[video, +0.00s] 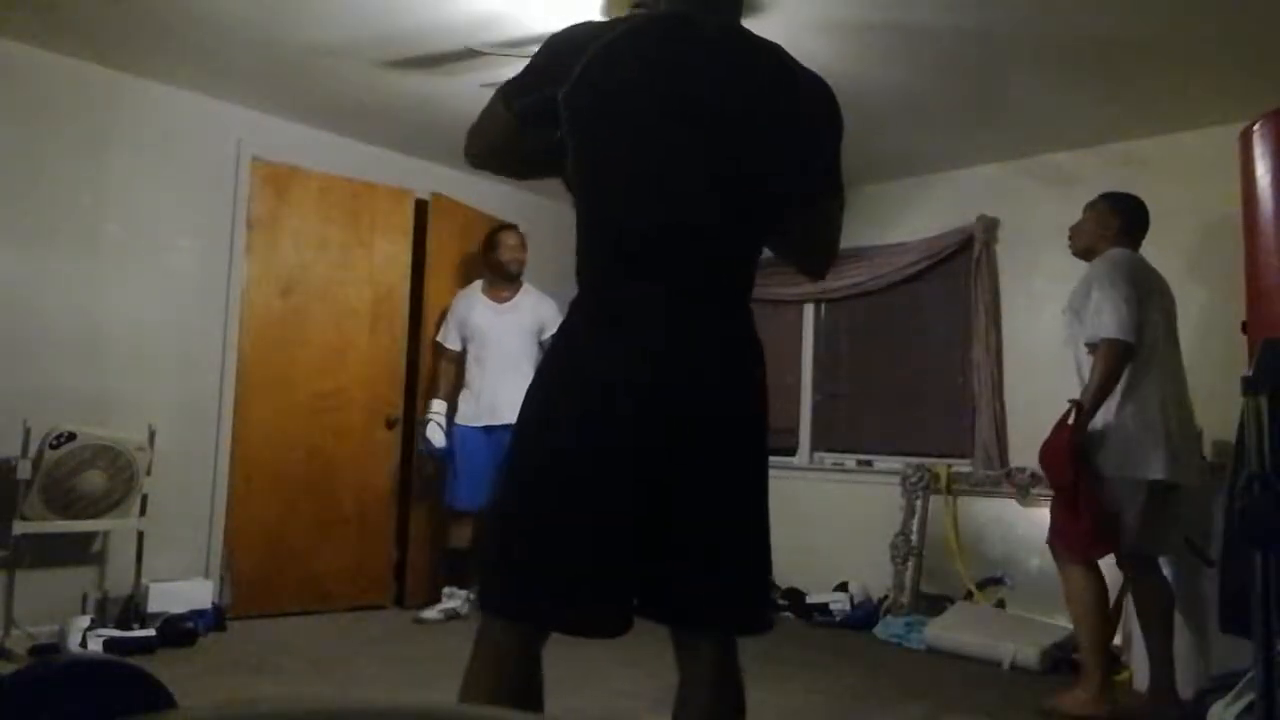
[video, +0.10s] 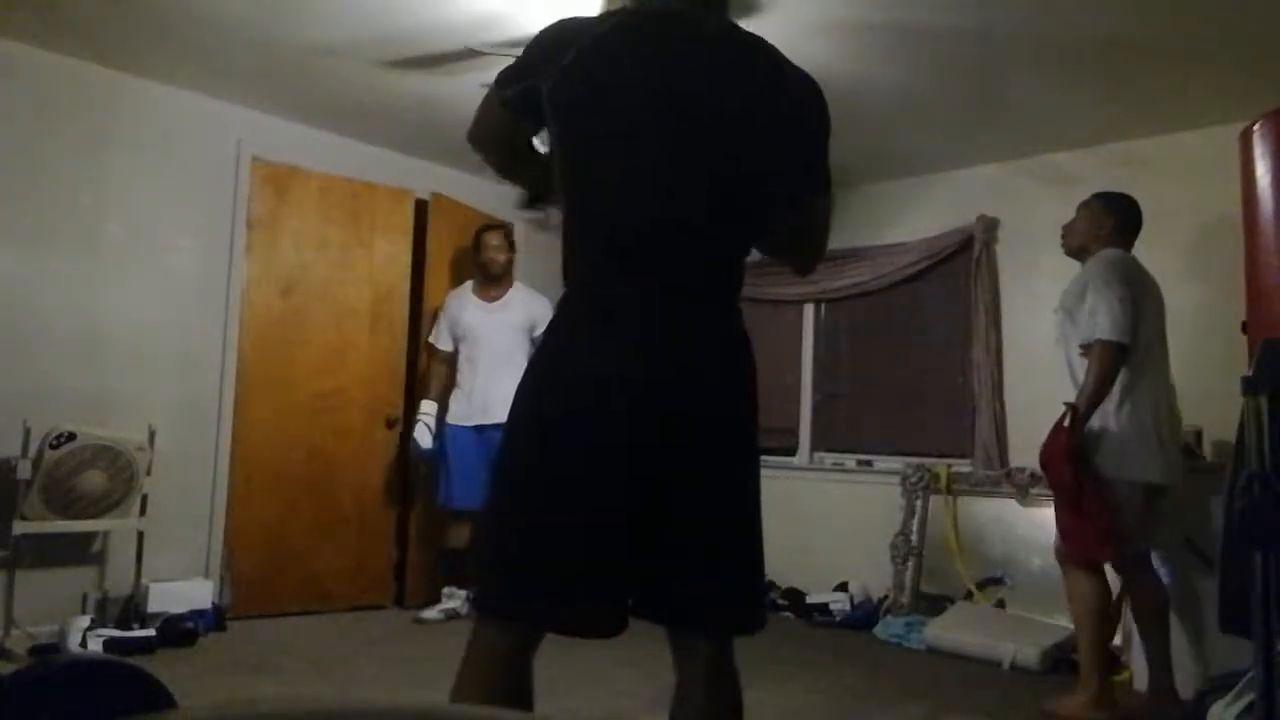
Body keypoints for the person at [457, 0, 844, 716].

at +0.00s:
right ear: (744, 1)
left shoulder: (589, 50)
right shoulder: (799, 91)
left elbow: (490, 144)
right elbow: (815, 250)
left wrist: (603, 154)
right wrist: (733, 176)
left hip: (596, 358)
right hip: (718, 369)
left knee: (511, 620)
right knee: (706, 634)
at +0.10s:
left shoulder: (579, 39)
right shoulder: (787, 87)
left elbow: (491, 130)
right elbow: (802, 246)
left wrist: (545, 181)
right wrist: (720, 187)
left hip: (583, 353)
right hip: (706, 365)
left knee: (506, 624)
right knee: (703, 640)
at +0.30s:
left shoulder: (533, 38)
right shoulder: (747, 83)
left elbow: (442, 127)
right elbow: (792, 257)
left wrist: (460, 186)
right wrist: (708, 167)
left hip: (548, 357)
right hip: (673, 368)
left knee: (497, 642)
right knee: (689, 646)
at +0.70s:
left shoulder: (445, 30)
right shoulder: (664, 68)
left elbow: (362, 108)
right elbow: (743, 241)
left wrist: (467, 89)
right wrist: (686, 127)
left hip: (471, 363)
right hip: (599, 370)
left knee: (451, 645)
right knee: (639, 635)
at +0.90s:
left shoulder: (450, 36)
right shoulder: (658, 77)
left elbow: (394, 79)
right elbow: (711, 235)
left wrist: (441, 2)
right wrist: (677, 107)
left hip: (466, 365)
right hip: (592, 371)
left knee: (446, 644)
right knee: (633, 634)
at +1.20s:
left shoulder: (479, 58)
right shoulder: (676, 82)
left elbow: (455, 15)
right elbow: (682, 211)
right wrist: (688, 74)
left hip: (493, 362)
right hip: (614, 368)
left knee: (461, 640)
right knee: (650, 635)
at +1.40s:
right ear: (656, 2)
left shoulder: (512, 62)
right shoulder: (708, 92)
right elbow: (709, 208)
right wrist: (717, 79)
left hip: (523, 367)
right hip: (643, 375)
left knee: (476, 643)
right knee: (666, 641)